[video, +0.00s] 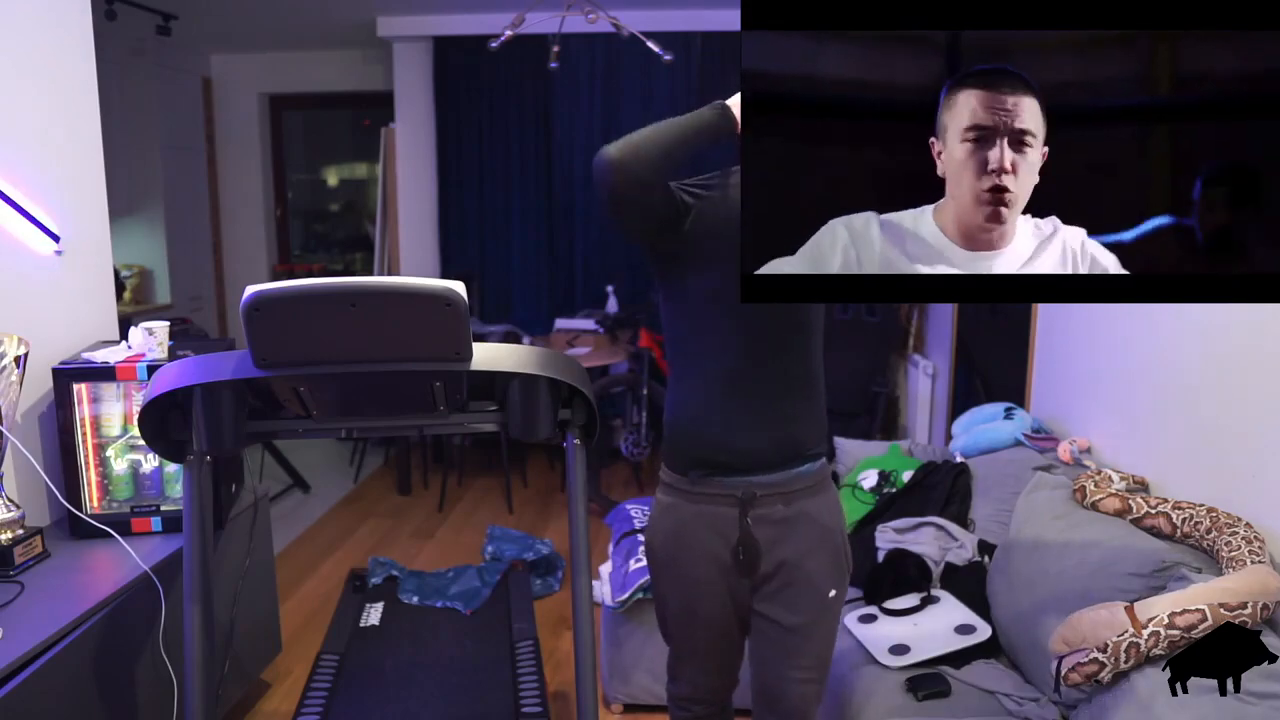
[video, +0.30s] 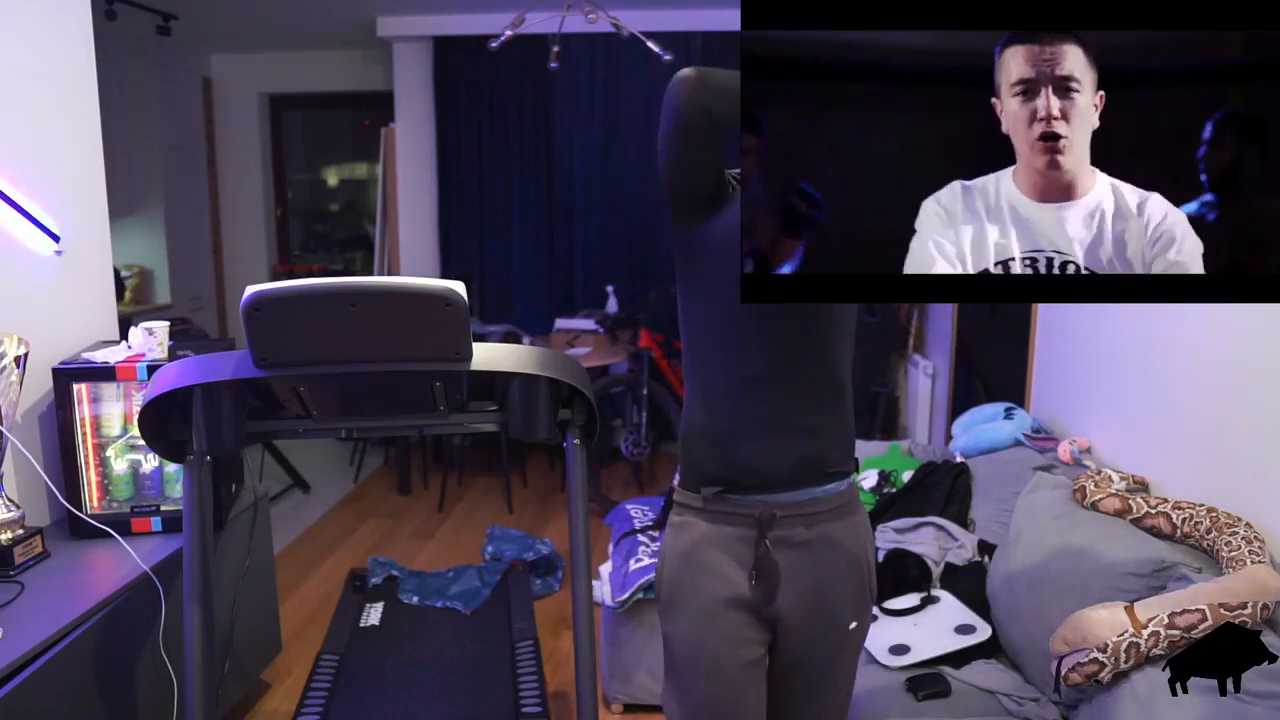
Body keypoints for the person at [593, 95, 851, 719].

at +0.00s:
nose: (774, 133)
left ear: (810, 132)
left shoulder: (820, 210)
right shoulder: (681, 212)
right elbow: (617, 164)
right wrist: (728, 114)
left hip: (803, 504)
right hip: (693, 508)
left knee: (792, 704)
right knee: (697, 702)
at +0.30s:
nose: (759, 152)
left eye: (780, 138)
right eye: (751, 139)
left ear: (820, 163)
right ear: (734, 152)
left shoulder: (845, 246)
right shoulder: (702, 223)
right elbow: (691, 89)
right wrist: (789, 93)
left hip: (828, 532)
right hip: (707, 532)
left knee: (814, 711)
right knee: (716, 709)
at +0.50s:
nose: (833, 179)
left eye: (839, 166)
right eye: (817, 162)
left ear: (846, 169)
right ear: (771, 155)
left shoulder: (843, 230)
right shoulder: (703, 215)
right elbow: (727, 68)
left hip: (836, 533)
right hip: (717, 534)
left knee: (820, 714)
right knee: (733, 712)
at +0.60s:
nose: (864, 183)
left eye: (869, 169)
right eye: (854, 165)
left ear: (867, 169)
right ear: (809, 155)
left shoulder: (842, 233)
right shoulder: (701, 215)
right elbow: (735, 50)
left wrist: (866, 222)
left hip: (838, 544)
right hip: (721, 551)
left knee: (823, 714)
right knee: (730, 712)